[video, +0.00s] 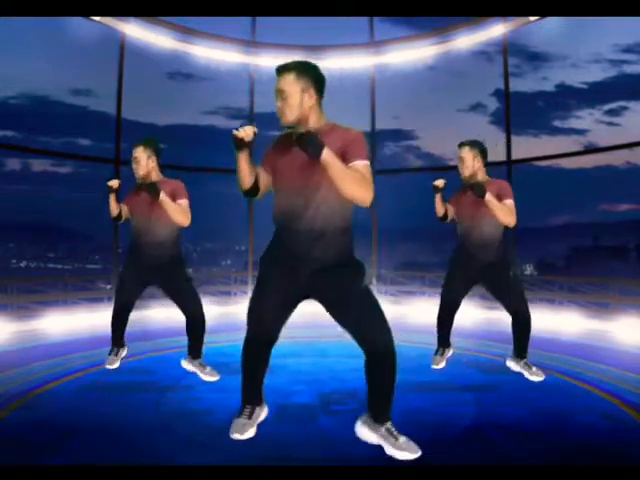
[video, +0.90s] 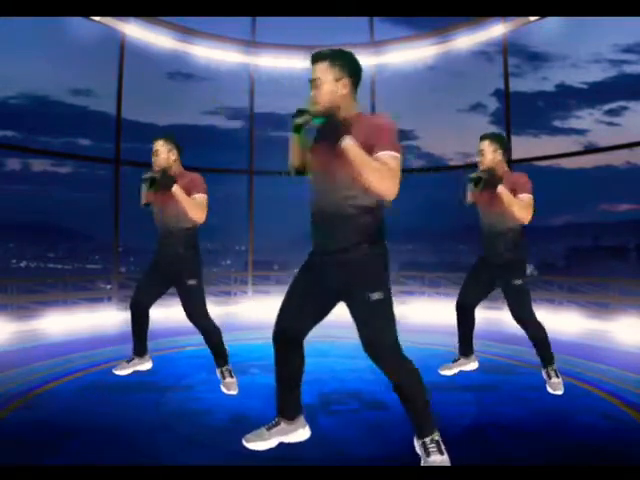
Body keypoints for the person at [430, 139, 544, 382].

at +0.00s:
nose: (461, 164)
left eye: (465, 159)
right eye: (460, 160)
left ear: (479, 160)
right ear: (462, 163)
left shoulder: (500, 188)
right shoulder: (461, 195)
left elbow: (510, 220)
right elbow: (444, 215)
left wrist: (486, 196)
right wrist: (438, 194)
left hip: (496, 264)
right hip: (465, 263)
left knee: (520, 312)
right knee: (447, 305)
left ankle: (519, 358)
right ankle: (443, 347)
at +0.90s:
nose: (480, 158)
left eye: (485, 152)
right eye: (479, 153)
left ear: (501, 154)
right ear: (481, 157)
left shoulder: (519, 180)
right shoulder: (480, 183)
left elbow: (524, 215)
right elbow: (469, 200)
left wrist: (501, 190)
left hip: (512, 262)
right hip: (488, 260)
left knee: (524, 317)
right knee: (464, 304)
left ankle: (549, 368)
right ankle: (466, 357)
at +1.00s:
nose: (479, 160)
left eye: (483, 155)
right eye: (478, 155)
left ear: (496, 157)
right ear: (482, 158)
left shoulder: (502, 183)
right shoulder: (489, 180)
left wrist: (468, 181)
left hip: (503, 259)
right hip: (486, 257)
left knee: (510, 315)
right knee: (464, 301)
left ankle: (554, 362)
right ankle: (466, 356)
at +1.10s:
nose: (479, 161)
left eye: (482, 156)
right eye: (478, 157)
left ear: (494, 157)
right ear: (492, 158)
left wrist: (423, 171)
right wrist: (427, 171)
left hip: (500, 260)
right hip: (489, 258)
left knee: (509, 317)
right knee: (462, 301)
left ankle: (555, 362)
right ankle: (465, 357)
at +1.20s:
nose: (475, 161)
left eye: (477, 156)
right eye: (475, 156)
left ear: (489, 156)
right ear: (490, 156)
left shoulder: (498, 176)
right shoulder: (495, 178)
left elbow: (465, 187)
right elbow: (482, 202)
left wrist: (445, 177)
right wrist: (461, 185)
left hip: (501, 258)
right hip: (489, 257)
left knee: (513, 315)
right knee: (463, 302)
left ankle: (553, 364)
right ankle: (466, 357)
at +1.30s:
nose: (473, 161)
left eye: (476, 156)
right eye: (473, 157)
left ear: (490, 155)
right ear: (484, 157)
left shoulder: (509, 178)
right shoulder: (483, 182)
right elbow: (475, 208)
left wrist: (479, 185)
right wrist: (473, 189)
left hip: (508, 259)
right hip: (487, 258)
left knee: (521, 314)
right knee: (466, 303)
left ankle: (551, 367)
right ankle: (466, 357)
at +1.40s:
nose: (477, 161)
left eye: (481, 156)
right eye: (476, 156)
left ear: (495, 156)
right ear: (483, 158)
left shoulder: (518, 180)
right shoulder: (481, 183)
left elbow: (518, 209)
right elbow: (472, 214)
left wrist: (492, 184)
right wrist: (466, 194)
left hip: (516, 261)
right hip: (490, 260)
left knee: (529, 316)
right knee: (468, 305)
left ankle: (552, 370)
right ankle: (467, 357)